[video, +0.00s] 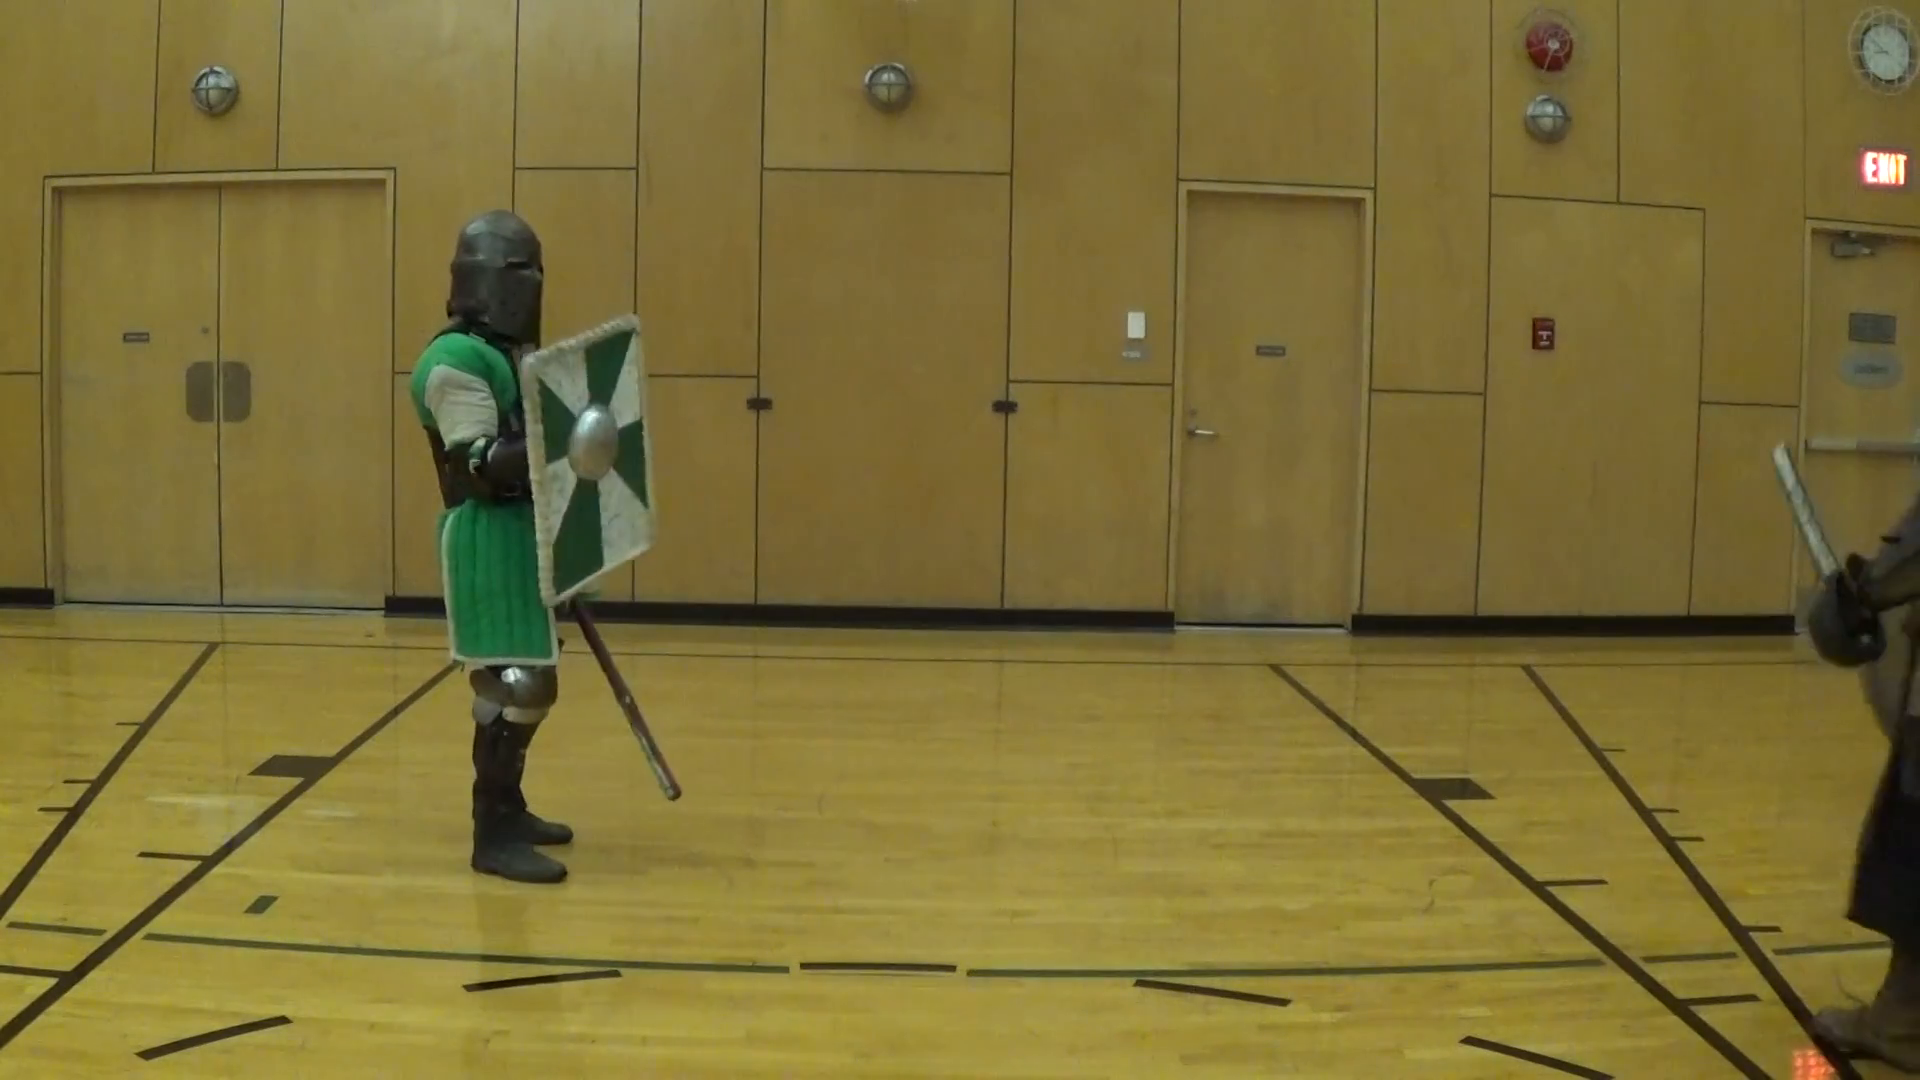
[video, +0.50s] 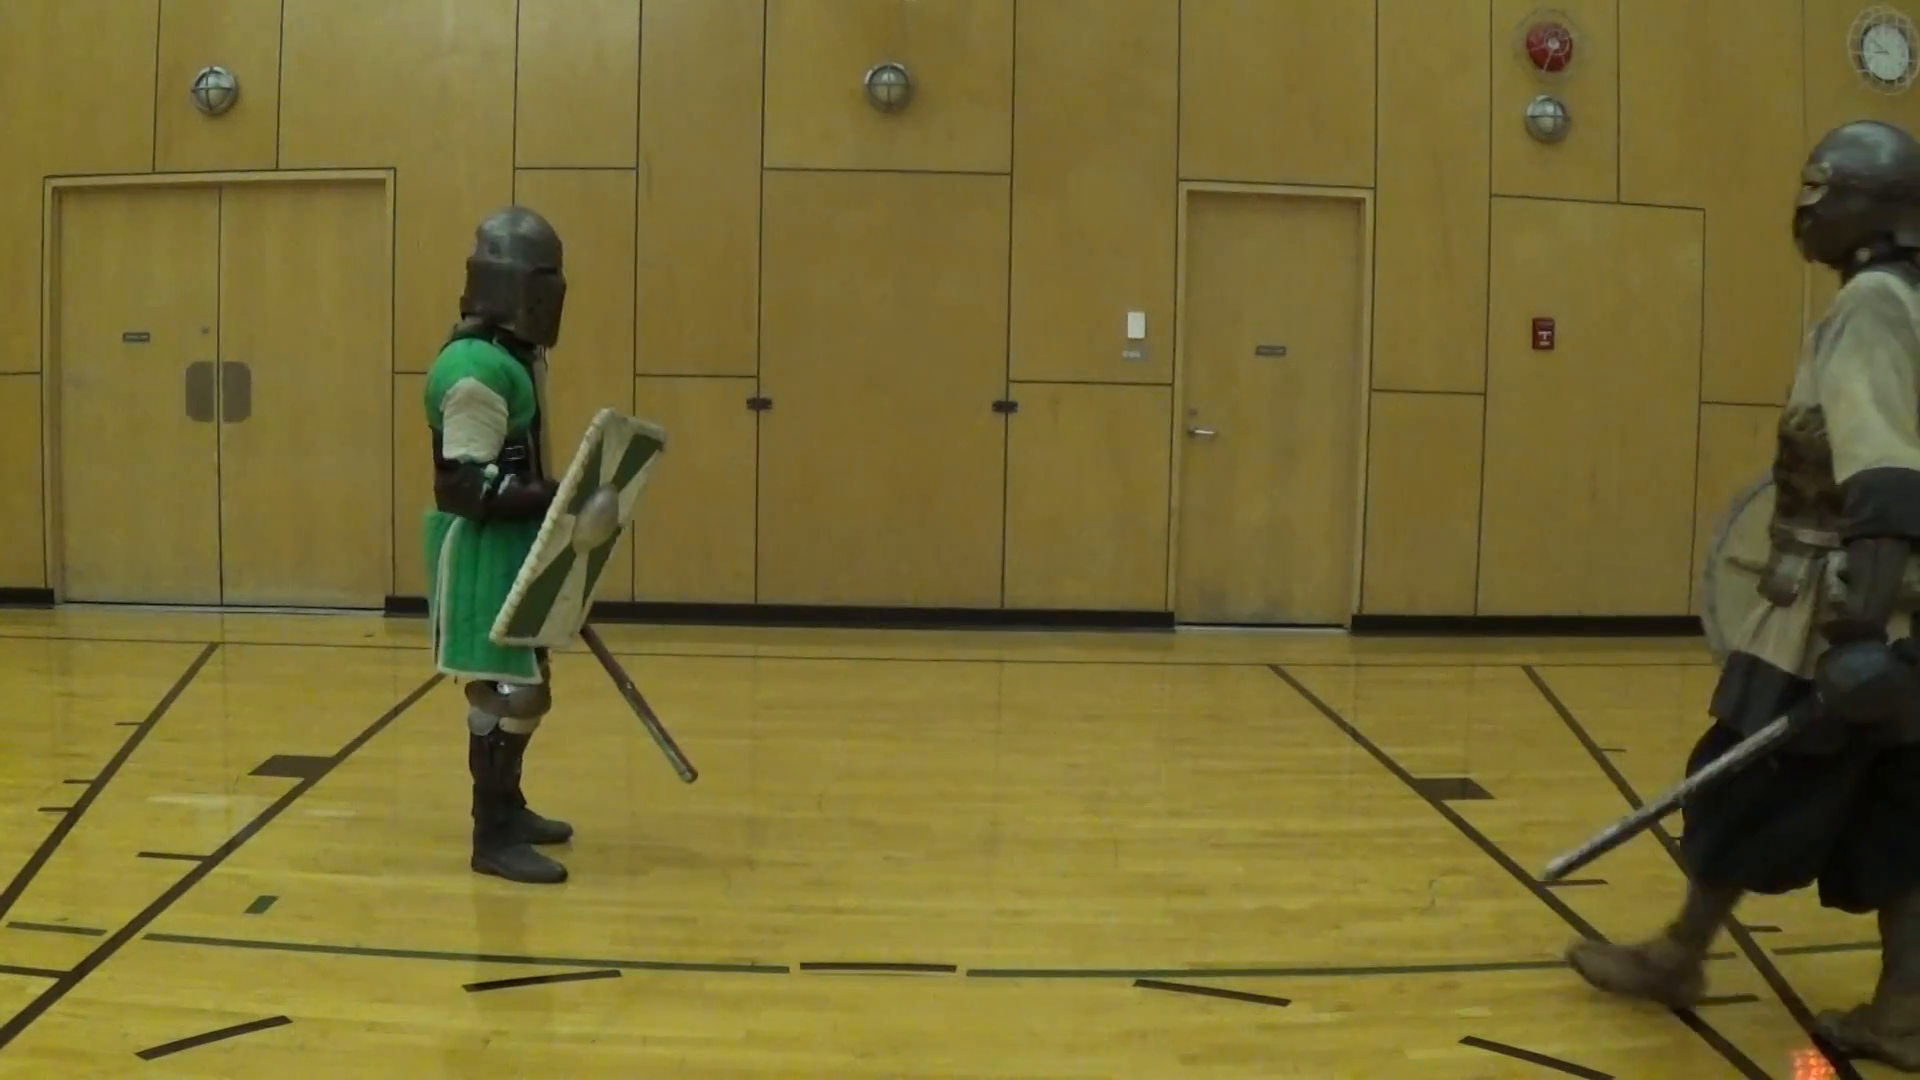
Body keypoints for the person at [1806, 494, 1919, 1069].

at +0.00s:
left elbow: (1905, 559)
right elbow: (1904, 551)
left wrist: (1854, 592)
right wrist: (1859, 585)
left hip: (1915, 724)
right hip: (1910, 721)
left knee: (1907, 853)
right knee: (1904, 851)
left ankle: (1899, 1015)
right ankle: (1898, 1012)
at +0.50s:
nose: (1800, 208)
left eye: (1818, 192)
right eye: (1806, 189)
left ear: (1876, 209)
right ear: (1880, 211)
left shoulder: (1876, 307)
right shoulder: (1896, 297)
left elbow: (1888, 477)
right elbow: (1885, 471)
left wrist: (1864, 632)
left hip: (1821, 631)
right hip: (1887, 632)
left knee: (1741, 785)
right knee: (1903, 823)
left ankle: (1679, 953)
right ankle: (1901, 1009)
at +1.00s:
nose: (1615, 205)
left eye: (1629, 190)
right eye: (1621, 188)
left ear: (1667, 203)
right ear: (1711, 206)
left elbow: (1640, 485)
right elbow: (1774, 472)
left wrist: (1584, 609)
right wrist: (1670, 483)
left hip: (1652, 588)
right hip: (1724, 580)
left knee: (1624, 751)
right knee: (1700, 738)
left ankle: (1624, 940)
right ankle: (1777, 893)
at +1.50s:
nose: (1496, 211)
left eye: (1512, 196)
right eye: (1500, 194)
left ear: (1565, 211)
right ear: (1568, 212)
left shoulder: (1573, 299)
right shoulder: (1593, 291)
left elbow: (1573, 454)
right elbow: (1632, 450)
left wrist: (1466, 522)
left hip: (1558, 573)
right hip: (1539, 568)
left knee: (1580, 746)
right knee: (1485, 719)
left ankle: (1619, 937)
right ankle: (1431, 873)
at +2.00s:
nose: (1391, 215)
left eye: (1408, 200)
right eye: (1395, 200)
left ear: (1459, 213)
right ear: (1453, 216)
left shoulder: (1484, 291)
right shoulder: (1453, 293)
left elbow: (1515, 419)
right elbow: (1449, 411)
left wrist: (1392, 435)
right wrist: (1362, 434)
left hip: (1429, 543)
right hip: (1427, 537)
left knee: (1367, 717)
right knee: (1427, 705)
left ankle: (1502, 859)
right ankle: (1407, 880)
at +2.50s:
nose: (1307, 205)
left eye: (1324, 191)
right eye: (1311, 190)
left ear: (1374, 205)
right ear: (1372, 208)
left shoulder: (1379, 285)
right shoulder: (1367, 282)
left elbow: (1384, 401)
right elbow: (1345, 390)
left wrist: (1297, 324)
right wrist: (1274, 415)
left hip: (1332, 531)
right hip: (1365, 529)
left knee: (1280, 695)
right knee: (1375, 700)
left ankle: (1278, 870)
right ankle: (1399, 871)